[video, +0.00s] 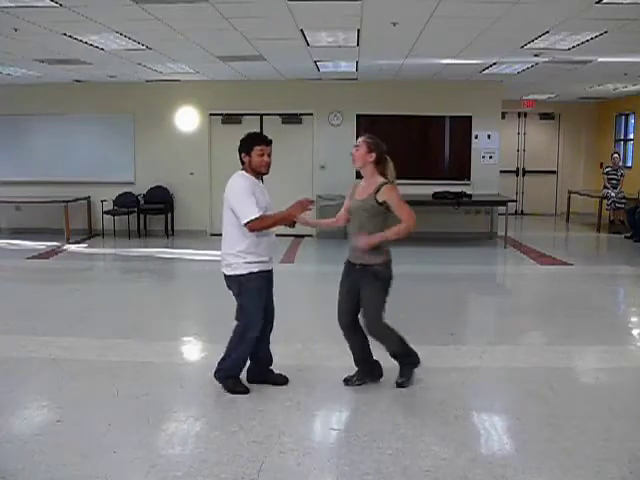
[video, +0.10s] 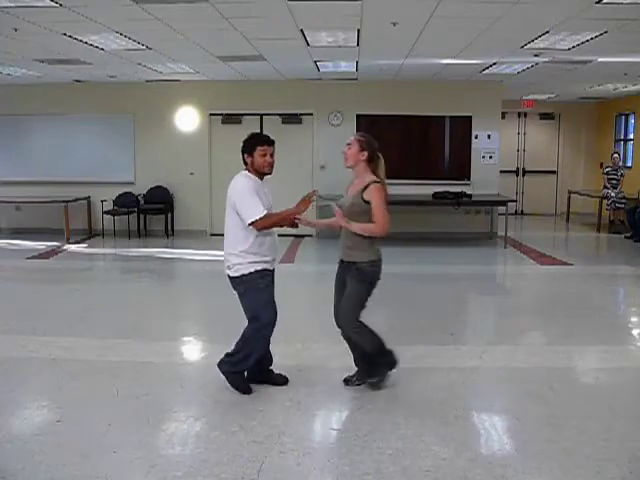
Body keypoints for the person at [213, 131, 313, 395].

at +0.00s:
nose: (267, 160)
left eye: (269, 155)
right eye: (261, 155)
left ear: (269, 156)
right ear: (245, 157)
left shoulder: (258, 185)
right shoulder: (239, 184)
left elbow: (260, 220)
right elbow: (253, 224)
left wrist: (283, 220)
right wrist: (288, 214)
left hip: (261, 267)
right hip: (243, 268)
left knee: (265, 319)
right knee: (251, 321)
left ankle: (260, 369)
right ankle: (227, 373)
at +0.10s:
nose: (270, 160)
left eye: (272, 155)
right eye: (263, 155)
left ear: (273, 157)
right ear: (248, 158)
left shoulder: (259, 185)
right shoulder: (242, 184)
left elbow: (262, 220)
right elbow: (259, 222)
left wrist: (285, 222)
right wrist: (294, 211)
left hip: (261, 264)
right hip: (247, 266)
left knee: (264, 318)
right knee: (264, 318)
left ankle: (260, 369)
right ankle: (232, 365)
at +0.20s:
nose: (272, 159)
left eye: (274, 154)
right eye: (265, 154)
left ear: (275, 155)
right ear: (250, 157)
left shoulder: (260, 183)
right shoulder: (245, 183)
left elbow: (266, 218)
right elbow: (262, 220)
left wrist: (294, 215)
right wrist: (297, 210)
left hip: (261, 264)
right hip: (249, 266)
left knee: (269, 317)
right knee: (265, 318)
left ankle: (261, 367)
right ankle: (243, 371)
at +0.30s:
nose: (273, 159)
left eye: (275, 154)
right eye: (267, 154)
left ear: (277, 155)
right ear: (251, 157)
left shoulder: (261, 182)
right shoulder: (248, 183)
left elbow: (269, 219)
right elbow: (266, 221)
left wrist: (298, 211)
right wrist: (298, 208)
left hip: (263, 266)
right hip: (251, 268)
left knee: (268, 322)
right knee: (263, 323)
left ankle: (262, 370)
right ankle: (249, 381)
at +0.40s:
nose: (274, 159)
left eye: (276, 154)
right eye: (268, 154)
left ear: (277, 155)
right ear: (252, 157)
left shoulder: (262, 182)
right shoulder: (249, 183)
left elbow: (268, 219)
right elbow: (266, 222)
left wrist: (297, 207)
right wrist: (297, 206)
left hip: (264, 266)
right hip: (252, 267)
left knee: (267, 321)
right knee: (260, 323)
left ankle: (262, 369)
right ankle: (249, 382)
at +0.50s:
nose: (273, 159)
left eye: (275, 154)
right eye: (266, 154)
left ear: (276, 155)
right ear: (251, 157)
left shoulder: (260, 182)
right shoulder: (248, 183)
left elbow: (265, 218)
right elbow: (260, 222)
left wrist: (294, 207)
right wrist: (294, 210)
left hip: (262, 265)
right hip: (250, 266)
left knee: (266, 320)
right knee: (259, 322)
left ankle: (261, 370)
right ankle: (249, 382)